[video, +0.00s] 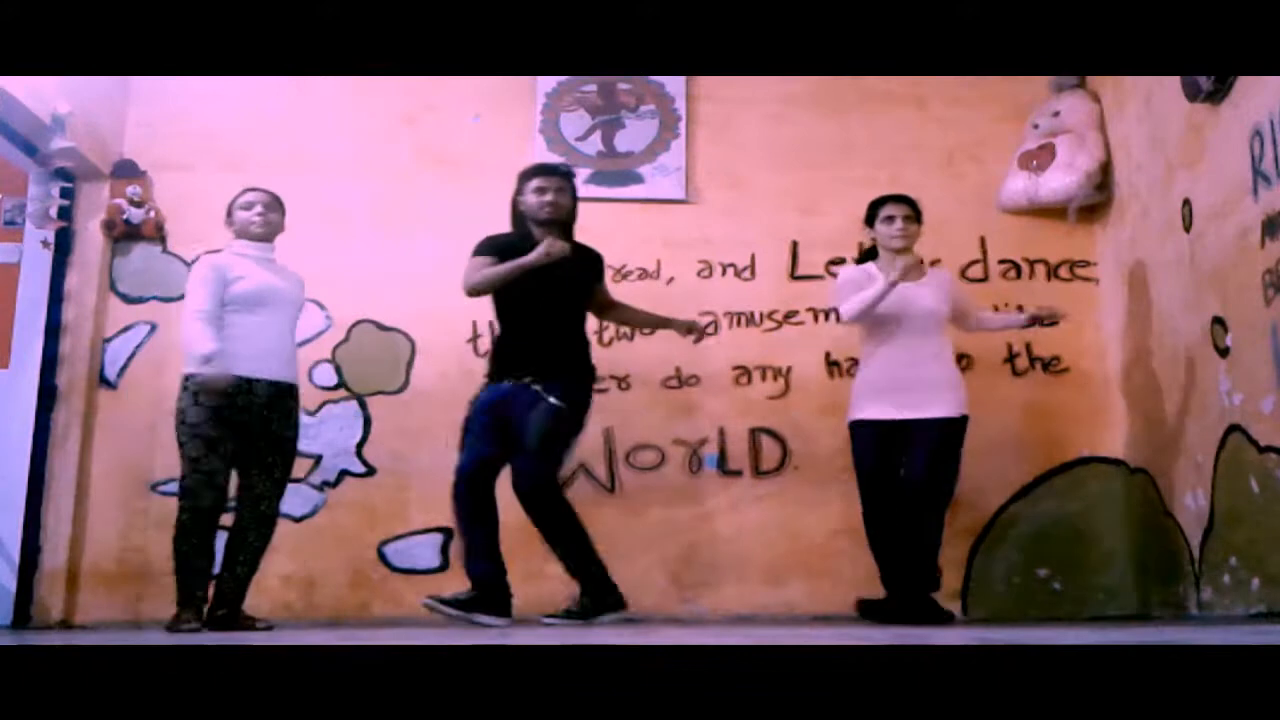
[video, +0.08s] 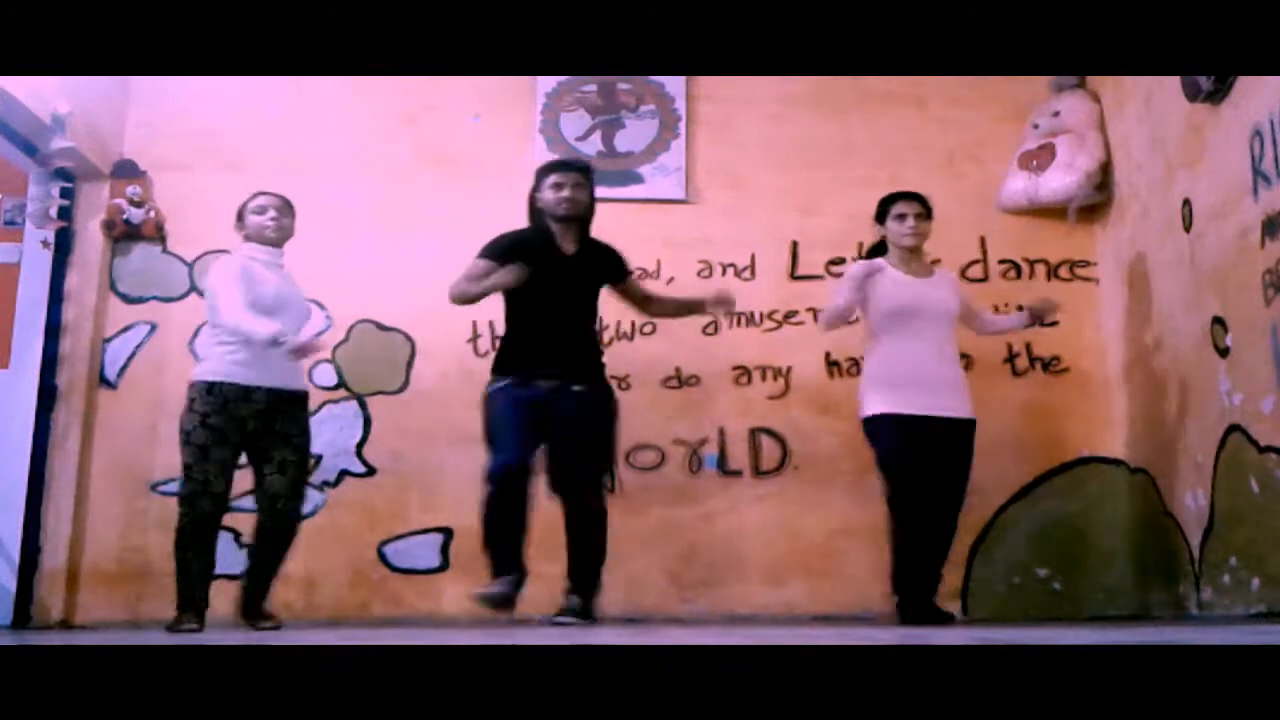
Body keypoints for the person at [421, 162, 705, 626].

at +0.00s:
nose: (550, 198)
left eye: (560, 192)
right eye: (539, 192)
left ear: (574, 205)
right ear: (518, 203)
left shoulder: (585, 261)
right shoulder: (500, 247)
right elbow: (472, 283)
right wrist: (533, 259)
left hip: (563, 385)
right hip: (506, 383)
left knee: (532, 481)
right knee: (471, 480)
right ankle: (489, 594)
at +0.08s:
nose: (567, 193)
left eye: (576, 187)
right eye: (556, 187)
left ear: (591, 200)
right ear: (536, 198)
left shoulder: (602, 257)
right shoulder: (514, 246)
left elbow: (646, 303)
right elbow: (459, 292)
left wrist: (704, 304)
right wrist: (497, 280)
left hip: (581, 388)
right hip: (519, 387)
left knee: (583, 491)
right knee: (507, 470)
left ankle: (581, 595)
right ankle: (506, 574)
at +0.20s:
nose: (580, 190)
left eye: (590, 184)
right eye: (568, 184)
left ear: (604, 196)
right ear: (550, 196)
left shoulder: (621, 249)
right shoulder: (528, 246)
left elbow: (692, 287)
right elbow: (456, 291)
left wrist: (709, 264)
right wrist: (446, 310)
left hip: (583, 382)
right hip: (531, 379)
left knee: (604, 480)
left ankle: (537, 590)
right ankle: (545, 577)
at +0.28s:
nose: (590, 194)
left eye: (600, 187)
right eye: (579, 187)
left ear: (614, 199)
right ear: (561, 200)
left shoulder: (630, 250)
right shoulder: (539, 250)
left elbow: (705, 277)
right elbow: (482, 297)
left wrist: (706, 241)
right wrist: (461, 320)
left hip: (589, 380)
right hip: (545, 380)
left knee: (608, 486)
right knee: (607, 484)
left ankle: (555, 588)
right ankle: (562, 591)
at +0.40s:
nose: (605, 189)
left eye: (615, 183)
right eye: (593, 183)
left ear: (629, 196)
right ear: (573, 196)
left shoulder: (646, 253)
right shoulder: (546, 251)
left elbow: (688, 305)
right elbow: (520, 311)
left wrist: (729, 313)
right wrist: (571, 302)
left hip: (625, 387)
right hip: (561, 389)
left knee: (665, 464)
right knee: (546, 477)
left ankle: (620, 569)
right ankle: (559, 590)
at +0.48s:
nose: (614, 189)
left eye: (624, 182)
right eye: (603, 182)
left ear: (638, 194)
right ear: (582, 194)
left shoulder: (651, 253)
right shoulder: (562, 243)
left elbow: (670, 306)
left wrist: (723, 324)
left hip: (634, 384)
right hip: (572, 385)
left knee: (628, 481)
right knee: (528, 485)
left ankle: (669, 589)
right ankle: (554, 595)